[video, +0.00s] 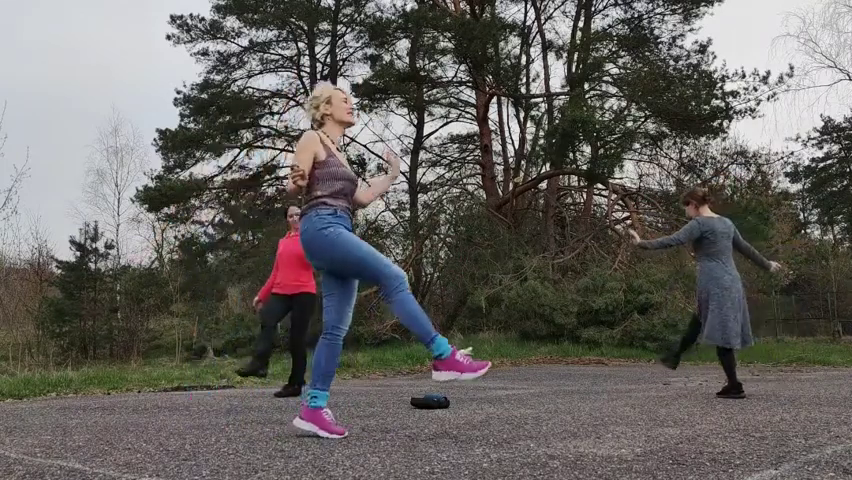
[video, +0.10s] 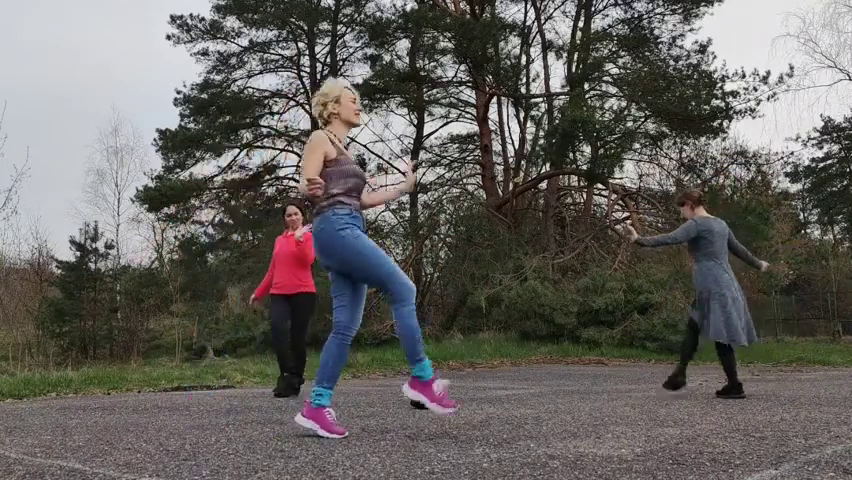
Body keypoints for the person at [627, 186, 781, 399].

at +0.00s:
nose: (686, 212)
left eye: (687, 208)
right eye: (686, 209)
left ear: (694, 205)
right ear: (706, 203)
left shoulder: (698, 223)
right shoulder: (726, 223)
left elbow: (674, 240)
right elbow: (745, 248)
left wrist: (642, 243)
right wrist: (767, 264)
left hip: (713, 283)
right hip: (732, 282)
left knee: (722, 333)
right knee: (699, 321)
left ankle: (733, 384)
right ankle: (674, 357)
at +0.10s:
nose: (682, 214)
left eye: (682, 209)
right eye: (680, 210)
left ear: (690, 205)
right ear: (699, 205)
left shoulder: (695, 224)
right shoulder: (721, 224)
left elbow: (671, 238)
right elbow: (738, 249)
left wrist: (638, 239)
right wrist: (759, 264)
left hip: (711, 286)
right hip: (727, 285)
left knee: (721, 334)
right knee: (693, 327)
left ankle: (734, 383)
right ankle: (679, 375)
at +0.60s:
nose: (662, 213)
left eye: (663, 208)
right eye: (661, 209)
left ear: (673, 205)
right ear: (677, 206)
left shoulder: (681, 224)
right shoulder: (694, 225)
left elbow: (682, 253)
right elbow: (698, 256)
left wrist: (676, 278)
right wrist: (687, 278)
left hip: (694, 283)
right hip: (701, 281)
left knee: (681, 332)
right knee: (691, 333)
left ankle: (727, 362)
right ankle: (693, 383)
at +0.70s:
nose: (662, 213)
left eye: (664, 208)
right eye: (662, 208)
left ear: (674, 205)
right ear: (677, 206)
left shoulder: (684, 225)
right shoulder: (694, 224)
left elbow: (692, 256)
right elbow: (697, 256)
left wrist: (692, 281)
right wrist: (687, 280)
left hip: (695, 285)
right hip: (699, 284)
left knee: (684, 334)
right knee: (691, 335)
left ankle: (730, 356)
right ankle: (692, 383)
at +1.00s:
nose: (675, 209)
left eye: (677, 205)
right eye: (674, 205)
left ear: (688, 202)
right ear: (692, 203)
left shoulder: (690, 222)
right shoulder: (714, 225)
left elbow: (698, 248)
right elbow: (725, 258)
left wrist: (690, 277)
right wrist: (722, 278)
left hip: (708, 283)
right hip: (722, 282)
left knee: (716, 337)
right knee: (703, 335)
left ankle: (746, 381)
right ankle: (695, 384)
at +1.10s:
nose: (680, 211)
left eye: (681, 206)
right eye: (679, 207)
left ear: (694, 202)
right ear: (699, 204)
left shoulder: (695, 223)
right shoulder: (723, 226)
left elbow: (695, 252)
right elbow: (736, 260)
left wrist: (675, 276)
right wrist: (744, 288)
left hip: (712, 285)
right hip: (731, 284)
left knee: (724, 336)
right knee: (706, 335)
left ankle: (753, 385)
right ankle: (697, 383)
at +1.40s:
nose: (690, 208)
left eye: (692, 202)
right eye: (689, 203)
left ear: (703, 198)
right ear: (707, 199)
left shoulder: (700, 219)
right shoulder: (736, 221)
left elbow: (687, 252)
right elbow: (753, 252)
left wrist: (657, 253)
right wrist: (772, 279)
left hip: (718, 281)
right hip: (740, 280)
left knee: (724, 333)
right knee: (729, 333)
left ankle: (751, 384)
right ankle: (743, 383)